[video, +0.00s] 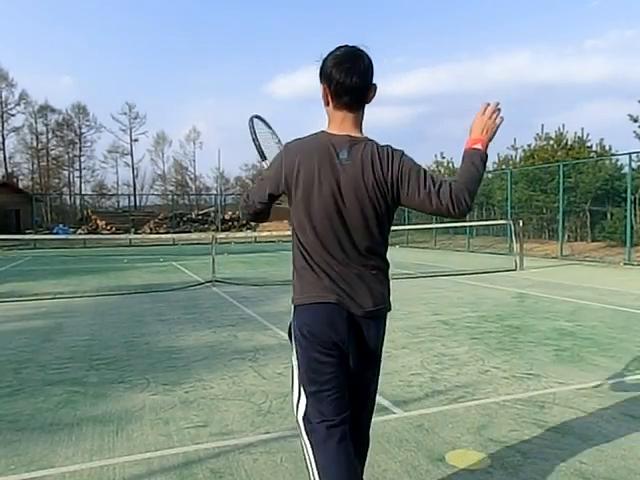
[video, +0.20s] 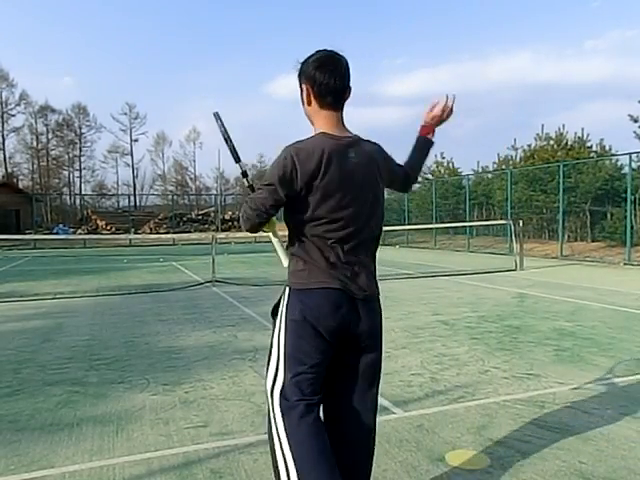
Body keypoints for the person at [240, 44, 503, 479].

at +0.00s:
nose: (323, 94)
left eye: (322, 87)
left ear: (324, 93)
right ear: (371, 95)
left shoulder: (294, 155)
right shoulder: (387, 161)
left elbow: (252, 206)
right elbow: (456, 201)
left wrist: (267, 182)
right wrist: (477, 143)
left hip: (316, 310)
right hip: (371, 309)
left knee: (325, 423)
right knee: (356, 422)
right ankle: (349, 478)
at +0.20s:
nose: (301, 95)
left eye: (301, 89)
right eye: (306, 89)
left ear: (306, 93)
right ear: (347, 93)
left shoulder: (297, 157)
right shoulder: (372, 154)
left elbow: (252, 215)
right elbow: (405, 178)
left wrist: (253, 188)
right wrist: (428, 131)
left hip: (311, 300)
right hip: (364, 303)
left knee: (295, 406)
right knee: (355, 413)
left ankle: (315, 477)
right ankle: (354, 478)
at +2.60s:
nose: (246, 146)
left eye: (247, 141)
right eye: (248, 141)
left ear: (252, 142)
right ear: (277, 146)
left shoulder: (271, 180)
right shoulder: (272, 183)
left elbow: (303, 207)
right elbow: (270, 229)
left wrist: (270, 230)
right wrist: (236, 234)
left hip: (271, 276)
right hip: (299, 274)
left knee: (260, 346)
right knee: (296, 345)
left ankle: (270, 413)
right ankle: (327, 407)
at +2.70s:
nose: (243, 146)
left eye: (244, 139)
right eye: (245, 140)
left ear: (249, 140)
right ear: (274, 143)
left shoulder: (271, 175)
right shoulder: (271, 178)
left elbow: (302, 200)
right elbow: (273, 222)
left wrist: (268, 225)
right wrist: (245, 238)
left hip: (272, 272)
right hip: (298, 270)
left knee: (260, 344)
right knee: (293, 342)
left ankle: (269, 414)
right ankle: (328, 400)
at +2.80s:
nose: (245, 143)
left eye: (245, 137)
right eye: (247, 137)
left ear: (250, 137)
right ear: (276, 141)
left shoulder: (267, 170)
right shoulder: (274, 174)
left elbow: (293, 198)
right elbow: (281, 222)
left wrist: (261, 223)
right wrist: (249, 241)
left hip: (272, 271)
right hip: (300, 268)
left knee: (263, 345)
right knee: (297, 343)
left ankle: (269, 413)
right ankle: (323, 407)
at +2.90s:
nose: (249, 143)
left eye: (249, 138)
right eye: (250, 138)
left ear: (254, 139)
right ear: (281, 141)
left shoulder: (265, 171)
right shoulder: (289, 175)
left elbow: (276, 204)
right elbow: (303, 223)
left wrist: (250, 225)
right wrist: (257, 238)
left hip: (274, 270)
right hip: (304, 267)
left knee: (263, 343)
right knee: (303, 343)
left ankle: (270, 414)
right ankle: (310, 415)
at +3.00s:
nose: (256, 143)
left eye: (256, 138)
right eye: (258, 138)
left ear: (261, 139)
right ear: (287, 141)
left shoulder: (264, 172)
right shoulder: (298, 176)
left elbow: (257, 200)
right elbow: (303, 226)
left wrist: (237, 227)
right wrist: (268, 247)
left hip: (275, 271)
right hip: (309, 268)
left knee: (263, 341)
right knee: (305, 344)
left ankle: (269, 414)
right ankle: (309, 417)